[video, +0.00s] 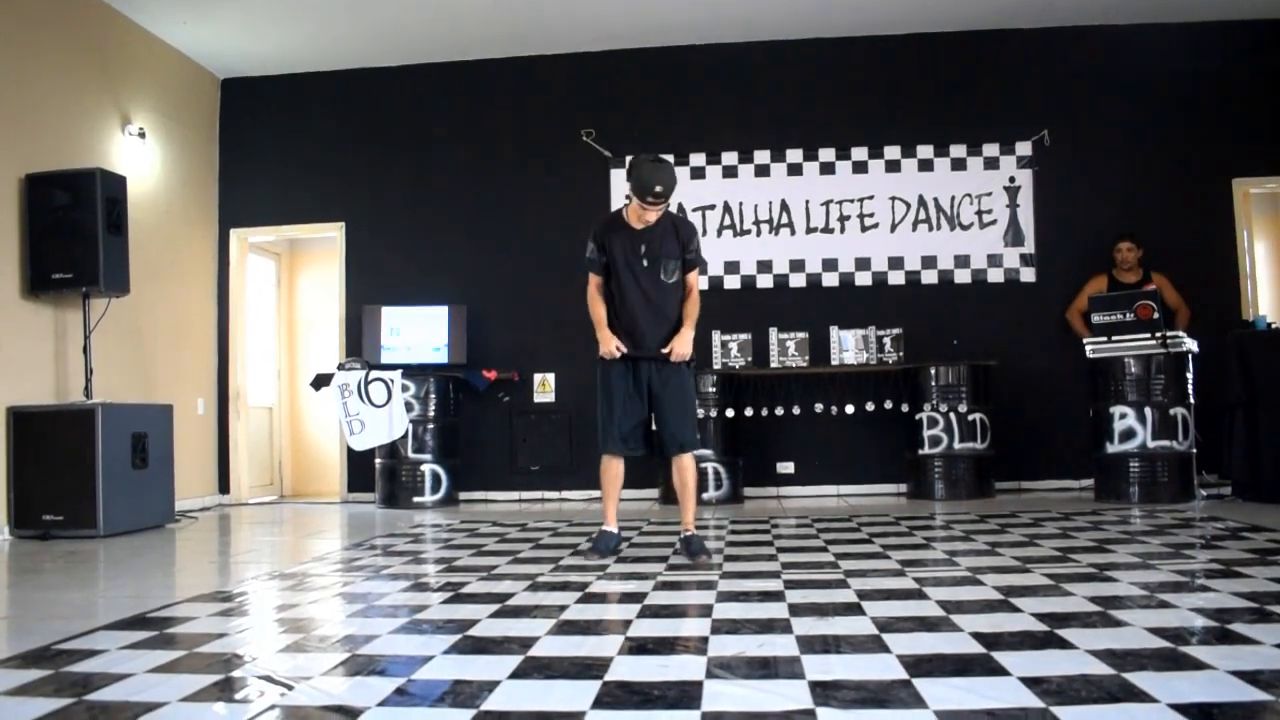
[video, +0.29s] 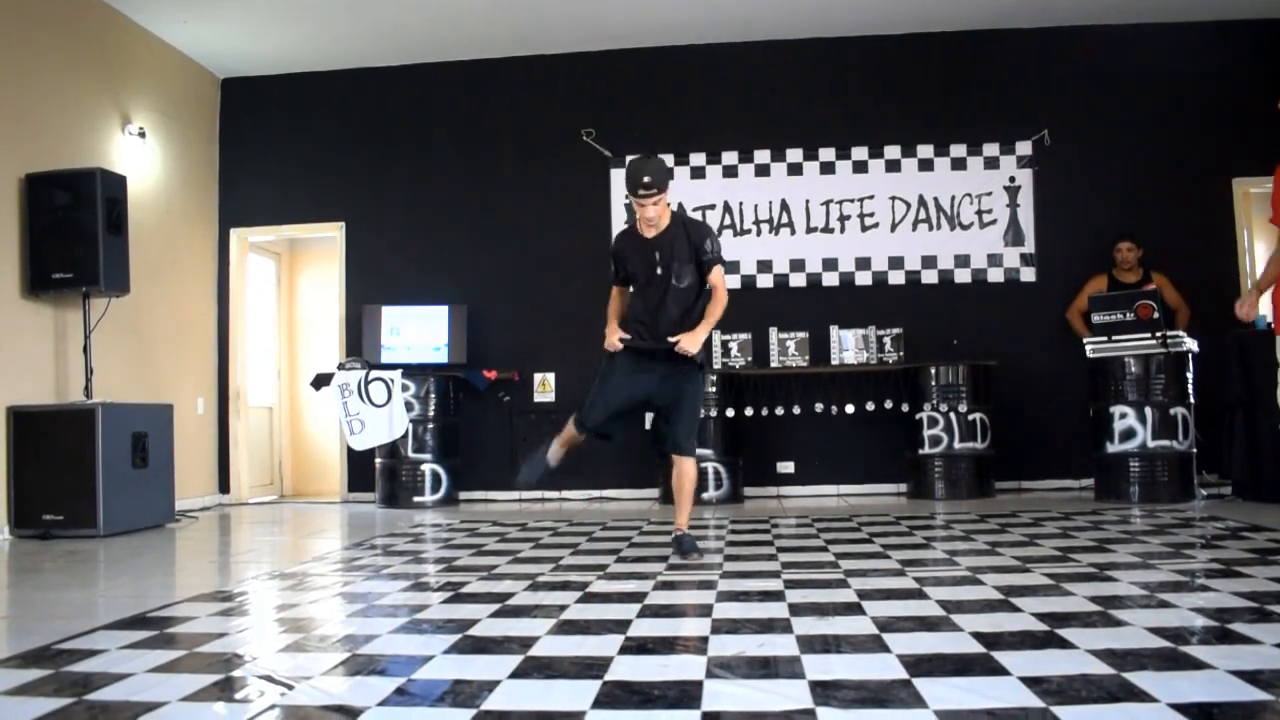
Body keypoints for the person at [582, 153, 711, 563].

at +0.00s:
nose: (652, 214)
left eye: (660, 207)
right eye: (646, 206)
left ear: (671, 198)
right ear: (631, 193)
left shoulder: (682, 231)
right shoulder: (606, 231)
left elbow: (692, 289)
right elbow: (594, 289)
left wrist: (687, 332)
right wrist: (603, 333)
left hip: (670, 357)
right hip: (620, 357)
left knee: (682, 444)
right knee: (613, 444)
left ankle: (689, 531)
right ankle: (609, 528)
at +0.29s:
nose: (646, 212)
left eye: (653, 204)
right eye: (639, 204)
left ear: (667, 196)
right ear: (629, 199)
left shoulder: (697, 236)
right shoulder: (625, 243)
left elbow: (720, 292)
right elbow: (619, 289)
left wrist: (701, 332)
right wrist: (611, 325)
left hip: (682, 356)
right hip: (632, 353)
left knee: (683, 444)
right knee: (588, 420)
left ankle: (681, 532)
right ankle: (552, 456)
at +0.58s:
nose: (640, 224)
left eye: (645, 215)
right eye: (632, 217)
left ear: (658, 213)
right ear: (623, 221)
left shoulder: (691, 245)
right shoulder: (626, 268)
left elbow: (726, 296)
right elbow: (628, 330)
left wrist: (729, 349)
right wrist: (639, 376)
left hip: (716, 367)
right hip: (666, 378)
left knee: (766, 441)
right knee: (653, 451)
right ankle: (658, 530)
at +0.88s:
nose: (698, 241)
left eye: (703, 233)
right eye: (688, 235)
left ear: (712, 238)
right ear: (672, 244)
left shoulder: (740, 270)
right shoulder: (680, 307)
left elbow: (773, 324)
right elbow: (709, 365)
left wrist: (775, 381)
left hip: (772, 379)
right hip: (725, 391)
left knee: (831, 442)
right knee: (691, 460)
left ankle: (864, 523)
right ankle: (663, 531)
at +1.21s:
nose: (757, 253)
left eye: (762, 245)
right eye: (747, 246)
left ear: (769, 248)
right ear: (729, 253)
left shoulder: (785, 283)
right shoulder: (727, 310)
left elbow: (801, 319)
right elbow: (767, 370)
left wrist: (824, 343)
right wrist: (817, 404)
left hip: (797, 393)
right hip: (747, 400)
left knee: (859, 441)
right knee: (704, 467)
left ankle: (867, 524)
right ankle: (660, 530)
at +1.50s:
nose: (850, 217)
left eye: (854, 210)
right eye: (840, 210)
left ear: (859, 216)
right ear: (821, 215)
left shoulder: (860, 267)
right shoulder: (799, 261)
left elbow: (864, 328)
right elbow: (800, 329)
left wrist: (884, 361)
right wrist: (839, 367)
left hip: (837, 360)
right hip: (791, 359)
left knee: (860, 432)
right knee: (841, 396)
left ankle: (869, 524)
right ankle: (787, 456)